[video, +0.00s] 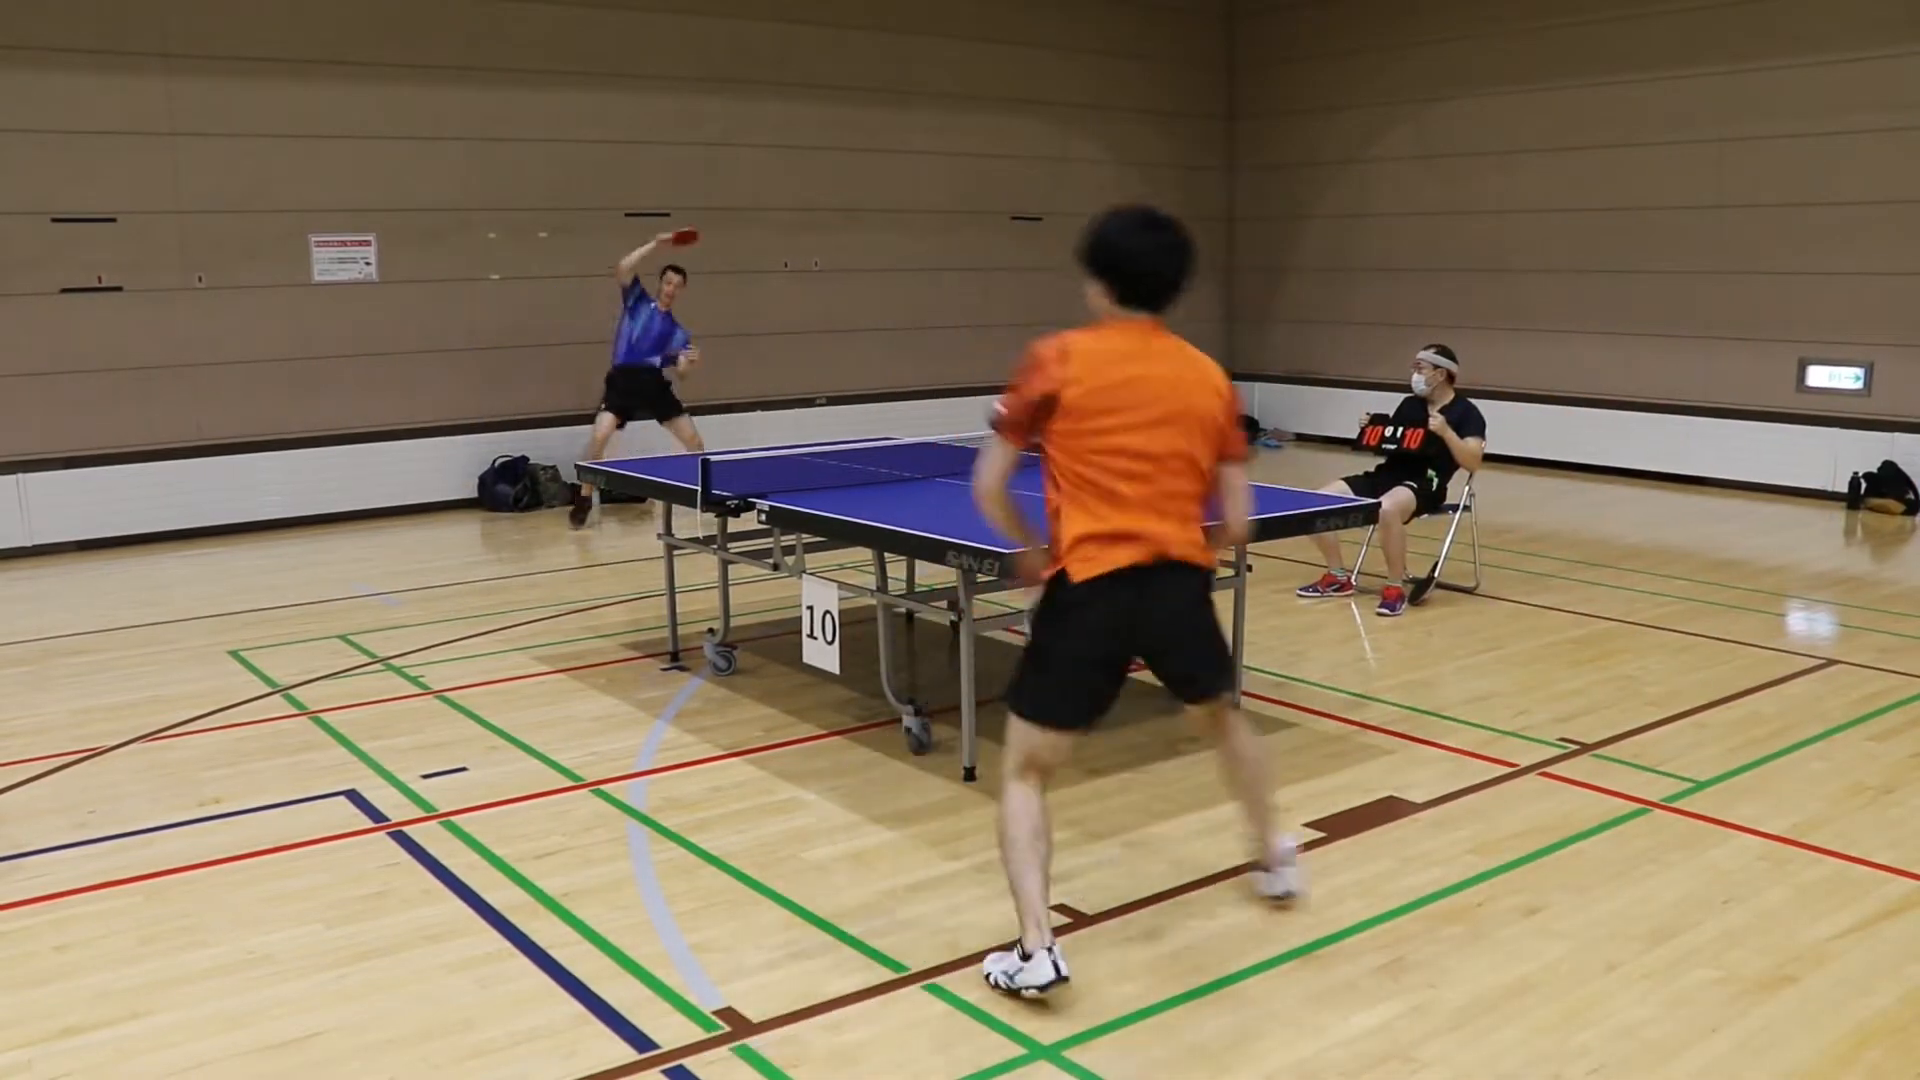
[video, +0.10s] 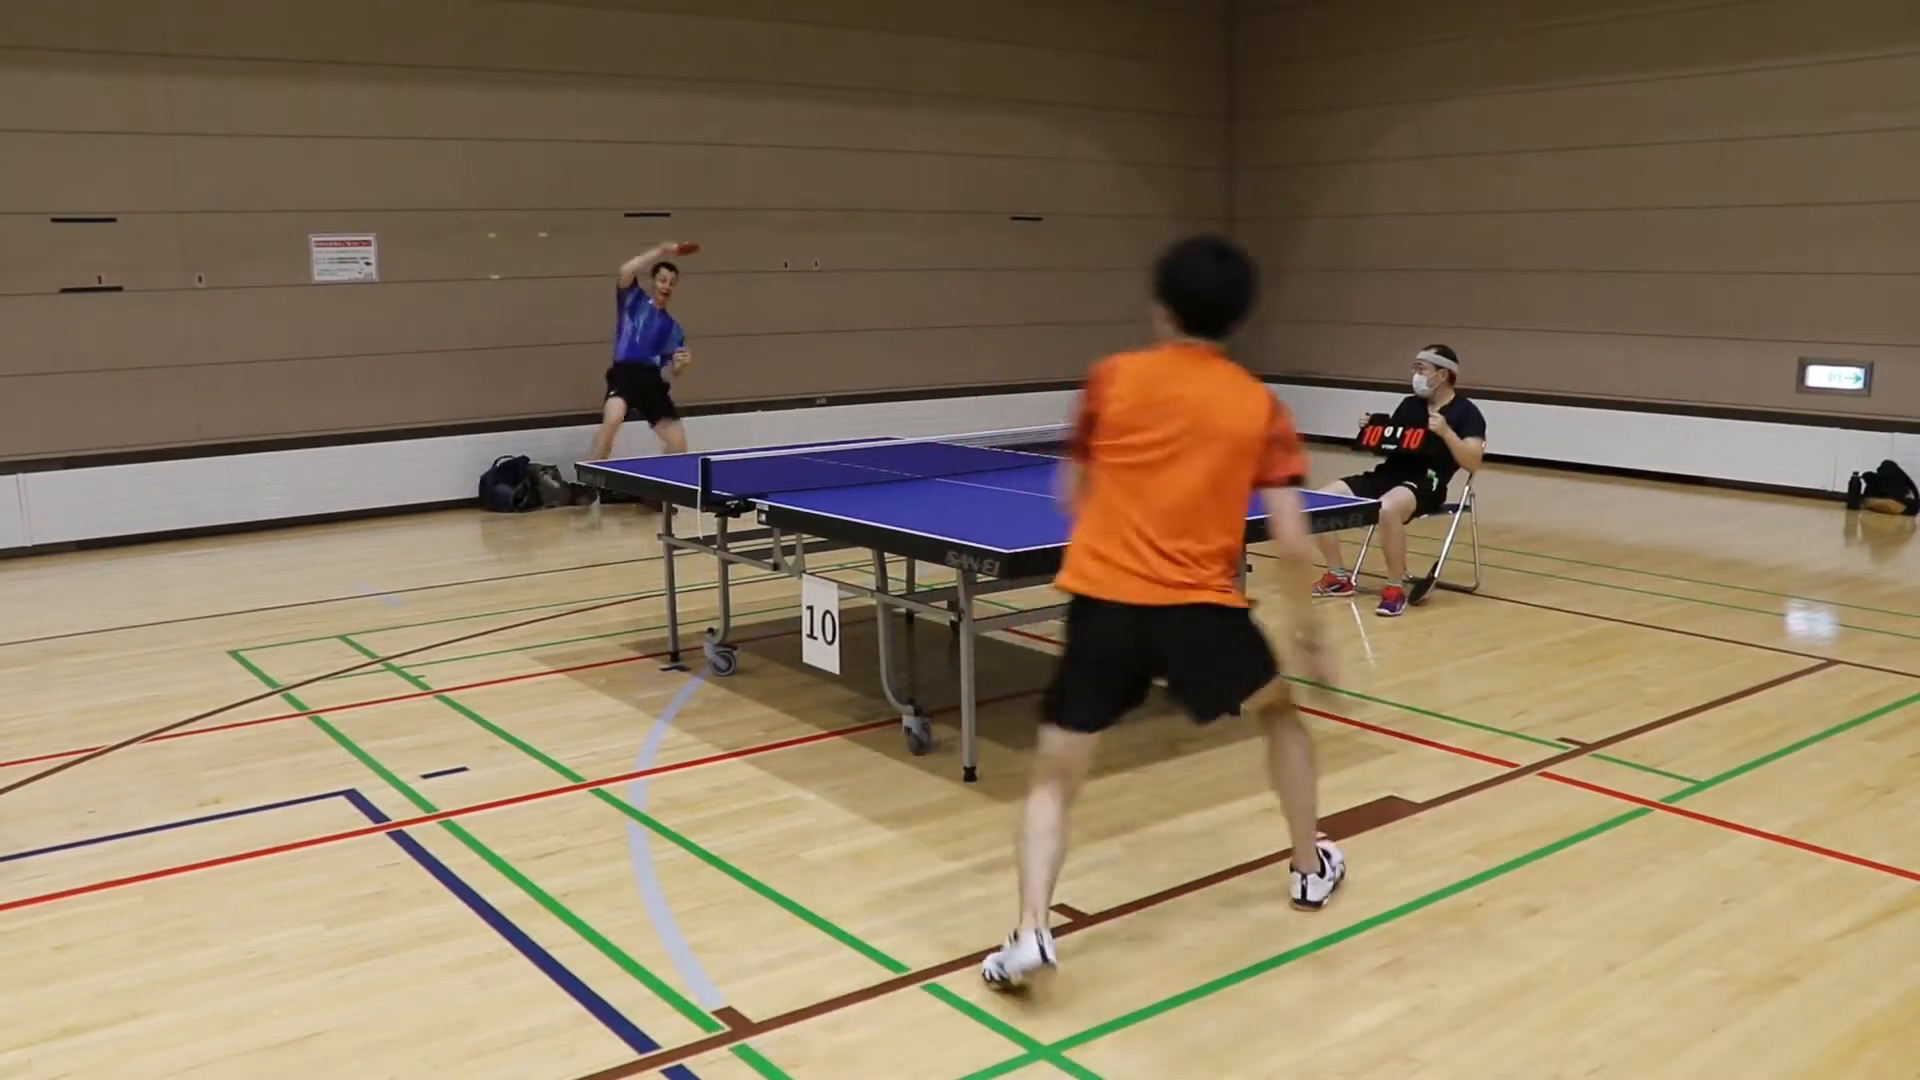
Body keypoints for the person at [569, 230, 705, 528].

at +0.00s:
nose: (670, 289)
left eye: (676, 285)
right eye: (667, 282)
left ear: (681, 291)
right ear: (659, 283)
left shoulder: (676, 331)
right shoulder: (637, 301)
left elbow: (681, 373)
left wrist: (687, 363)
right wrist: (656, 243)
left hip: (654, 382)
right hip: (622, 379)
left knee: (693, 440)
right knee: (599, 436)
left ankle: (710, 494)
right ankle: (584, 497)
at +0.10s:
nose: (666, 286)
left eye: (671, 283)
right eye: (662, 280)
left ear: (674, 287)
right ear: (653, 281)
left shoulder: (672, 328)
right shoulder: (632, 299)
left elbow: (674, 371)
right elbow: (625, 272)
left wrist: (680, 363)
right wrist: (661, 250)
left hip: (651, 378)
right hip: (624, 372)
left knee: (677, 443)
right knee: (613, 419)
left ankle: (668, 494)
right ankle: (594, 476)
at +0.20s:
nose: (663, 292)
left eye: (667, 288)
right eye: (658, 286)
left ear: (670, 292)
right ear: (647, 288)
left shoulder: (667, 332)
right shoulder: (631, 310)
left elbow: (671, 374)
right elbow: (616, 300)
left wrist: (675, 369)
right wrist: (645, 279)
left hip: (651, 383)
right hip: (624, 375)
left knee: (675, 449)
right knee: (626, 403)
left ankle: (655, 498)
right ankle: (614, 463)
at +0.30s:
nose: (658, 296)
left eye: (662, 292)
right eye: (654, 289)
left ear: (665, 296)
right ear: (642, 289)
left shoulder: (662, 335)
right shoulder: (622, 311)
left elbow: (668, 373)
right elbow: (603, 319)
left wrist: (673, 374)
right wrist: (637, 301)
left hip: (649, 385)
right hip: (621, 376)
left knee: (675, 448)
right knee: (632, 396)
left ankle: (659, 498)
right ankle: (640, 438)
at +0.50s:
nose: (638, 292)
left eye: (641, 288)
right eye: (633, 286)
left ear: (645, 290)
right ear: (619, 287)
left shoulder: (642, 329)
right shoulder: (600, 310)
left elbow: (658, 361)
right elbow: (578, 333)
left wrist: (672, 366)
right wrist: (604, 329)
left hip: (634, 386)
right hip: (605, 380)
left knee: (663, 428)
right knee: (641, 379)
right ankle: (661, 439)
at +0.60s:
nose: (623, 291)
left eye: (626, 286)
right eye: (617, 285)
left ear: (630, 288)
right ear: (604, 286)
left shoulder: (628, 326)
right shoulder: (589, 310)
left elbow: (650, 357)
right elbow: (571, 335)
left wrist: (670, 361)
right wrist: (595, 336)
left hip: (622, 386)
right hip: (598, 382)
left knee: (660, 438)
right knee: (642, 386)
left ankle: (648, 496)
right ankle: (646, 450)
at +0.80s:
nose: (591, 295)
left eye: (594, 290)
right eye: (586, 289)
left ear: (597, 292)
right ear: (573, 288)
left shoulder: (591, 325)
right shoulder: (561, 316)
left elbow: (606, 351)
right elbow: (560, 350)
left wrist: (640, 354)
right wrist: (591, 363)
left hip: (591, 386)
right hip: (578, 387)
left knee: (615, 448)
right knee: (635, 438)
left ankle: (589, 510)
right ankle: (646, 498)